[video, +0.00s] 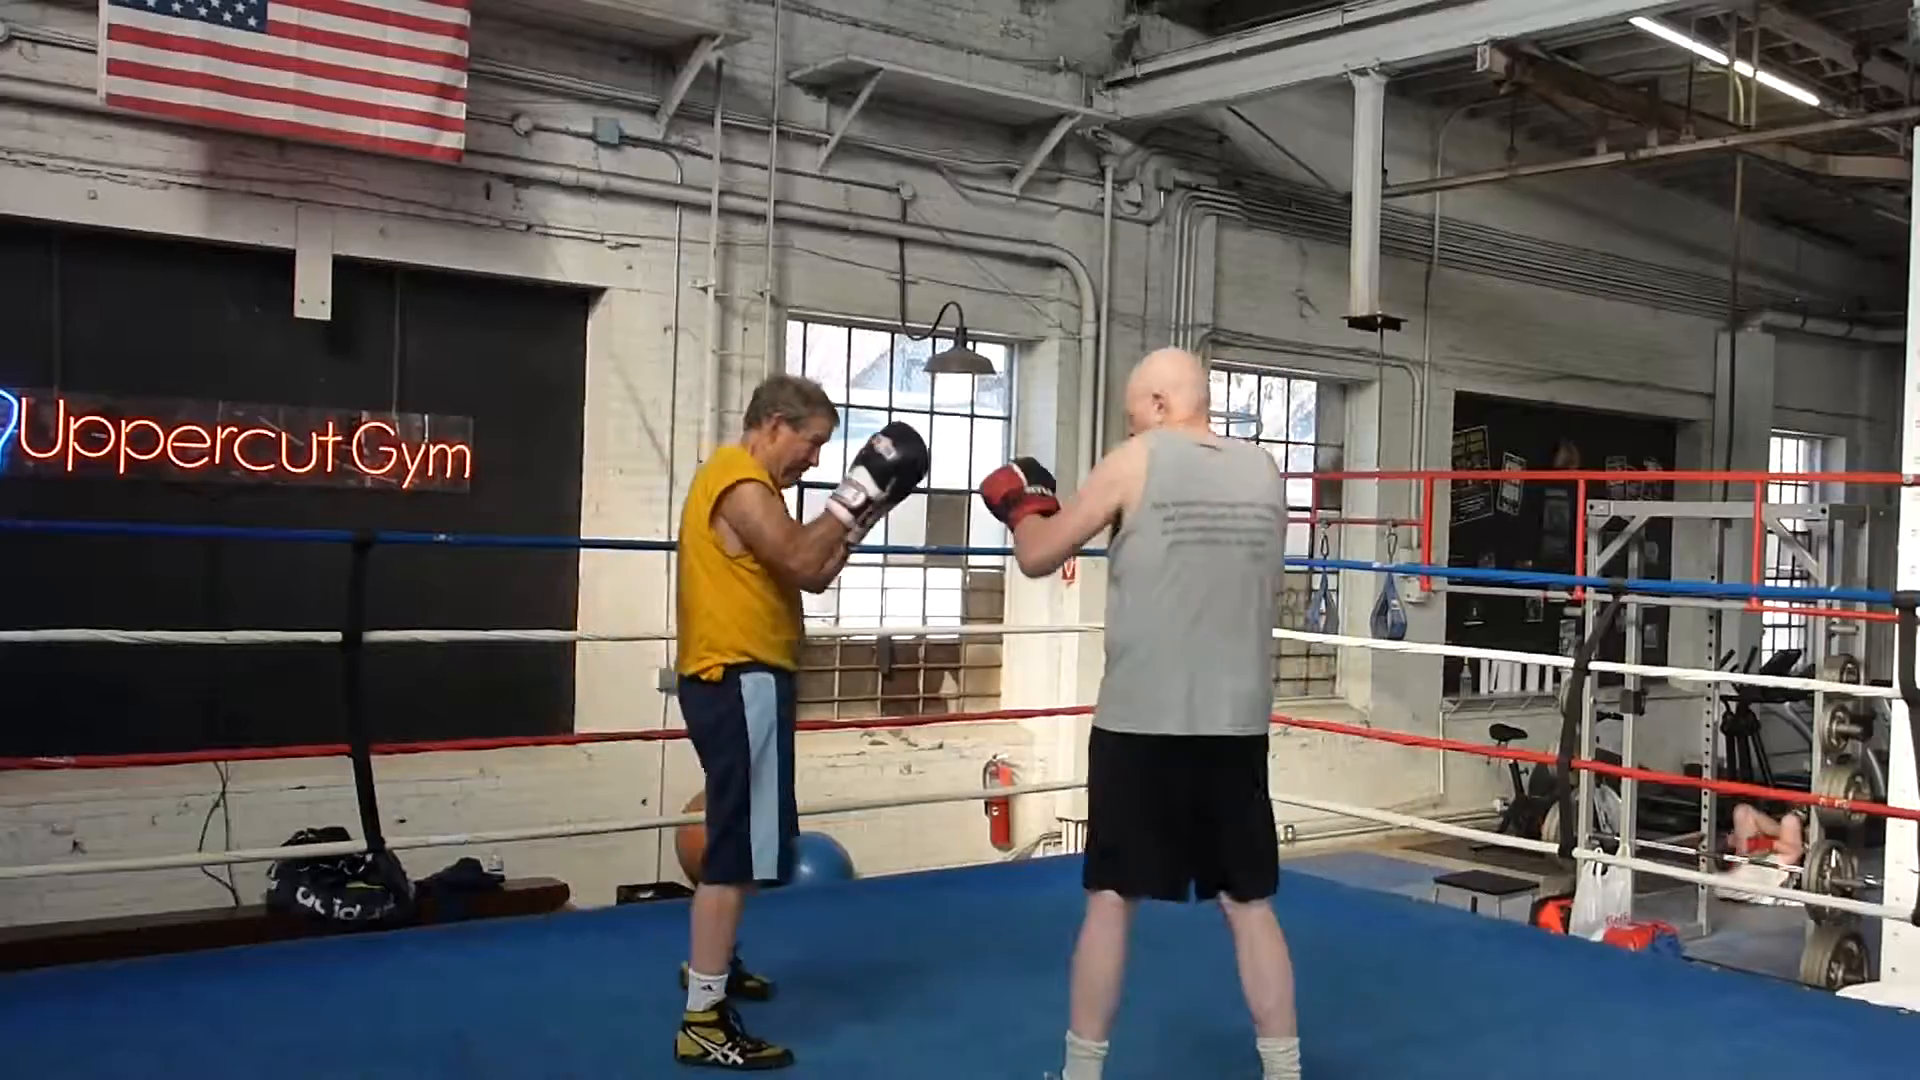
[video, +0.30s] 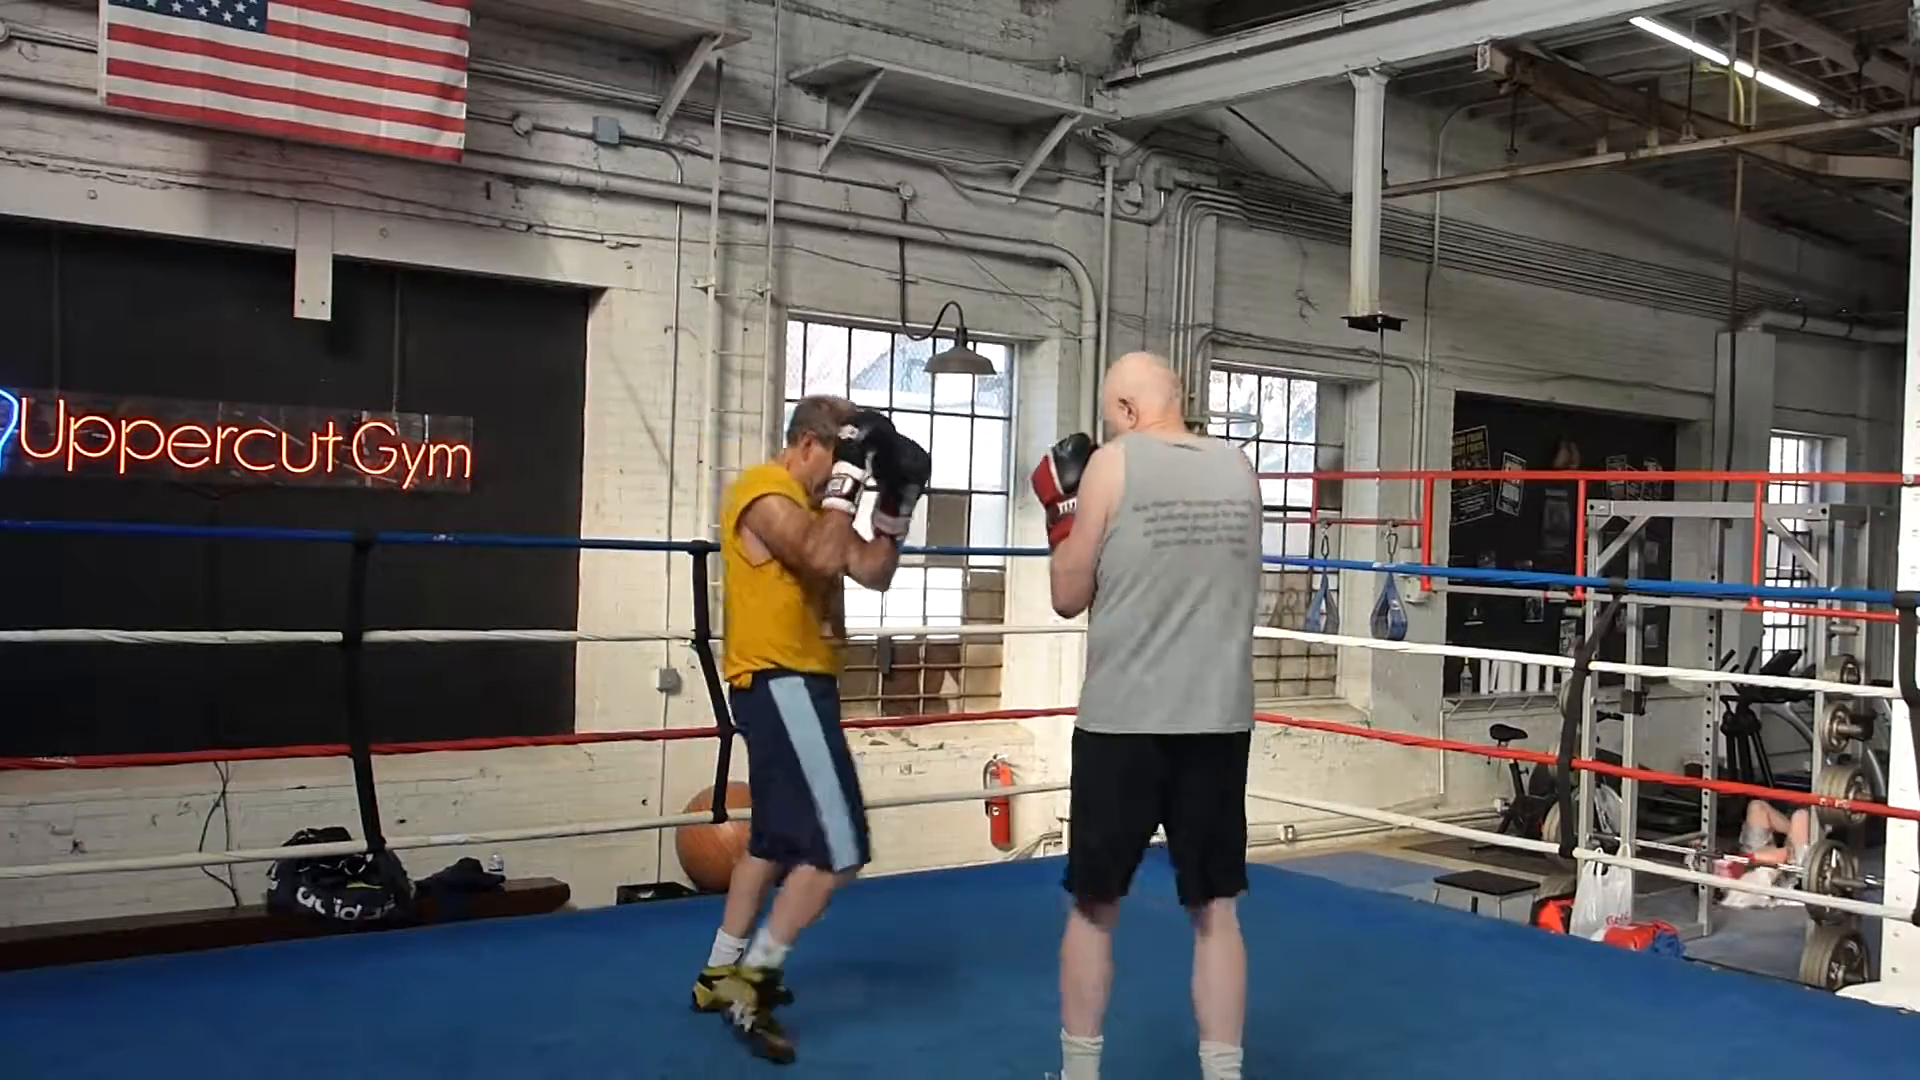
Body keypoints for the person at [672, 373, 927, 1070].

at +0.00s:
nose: (816, 458)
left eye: (821, 447)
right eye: (814, 441)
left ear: (777, 430)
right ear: (778, 425)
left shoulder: (751, 484)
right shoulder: (737, 474)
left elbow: (815, 573)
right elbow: (798, 556)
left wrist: (862, 513)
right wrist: (857, 490)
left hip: (748, 677)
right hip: (736, 679)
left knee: (741, 838)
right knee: (736, 847)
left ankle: (712, 964)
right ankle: (701, 1024)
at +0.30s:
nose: (846, 468)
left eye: (849, 459)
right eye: (842, 456)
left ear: (819, 452)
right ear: (811, 443)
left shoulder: (811, 508)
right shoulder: (765, 489)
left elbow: (876, 569)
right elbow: (821, 556)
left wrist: (898, 497)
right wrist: (848, 480)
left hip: (802, 675)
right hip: (776, 675)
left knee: (775, 838)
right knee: (836, 844)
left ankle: (721, 972)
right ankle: (755, 980)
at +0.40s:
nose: (866, 460)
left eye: (869, 451)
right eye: (860, 448)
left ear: (833, 445)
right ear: (827, 440)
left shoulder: (835, 508)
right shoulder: (780, 488)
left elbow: (896, 567)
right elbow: (823, 558)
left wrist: (923, 501)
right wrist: (861, 483)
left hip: (820, 676)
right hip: (795, 676)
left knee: (769, 832)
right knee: (872, 831)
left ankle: (720, 972)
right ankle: (817, 973)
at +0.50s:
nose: (895, 467)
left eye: (900, 458)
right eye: (888, 454)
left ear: (869, 454)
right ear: (848, 446)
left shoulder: (867, 512)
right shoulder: (800, 498)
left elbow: (919, 576)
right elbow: (821, 579)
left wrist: (950, 519)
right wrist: (865, 509)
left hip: (839, 680)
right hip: (820, 681)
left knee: (776, 831)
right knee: (901, 832)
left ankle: (721, 971)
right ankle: (888, 973)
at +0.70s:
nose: (954, 486)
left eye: (959, 477)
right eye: (949, 472)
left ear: (929, 469)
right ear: (912, 459)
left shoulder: (932, 526)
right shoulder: (872, 506)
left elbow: (989, 591)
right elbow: (886, 570)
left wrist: (1000, 520)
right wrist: (947, 523)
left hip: (909, 686)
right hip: (885, 687)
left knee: (865, 839)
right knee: (955, 843)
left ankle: (755, 936)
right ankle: (929, 973)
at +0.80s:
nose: (984, 470)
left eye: (990, 461)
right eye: (975, 459)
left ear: (979, 466)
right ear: (942, 457)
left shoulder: (974, 517)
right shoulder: (895, 506)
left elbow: (1014, 592)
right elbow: (905, 574)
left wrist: (1004, 512)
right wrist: (954, 509)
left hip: (955, 684)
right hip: (915, 682)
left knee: (960, 836)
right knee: (966, 842)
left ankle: (843, 898)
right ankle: (932, 973)